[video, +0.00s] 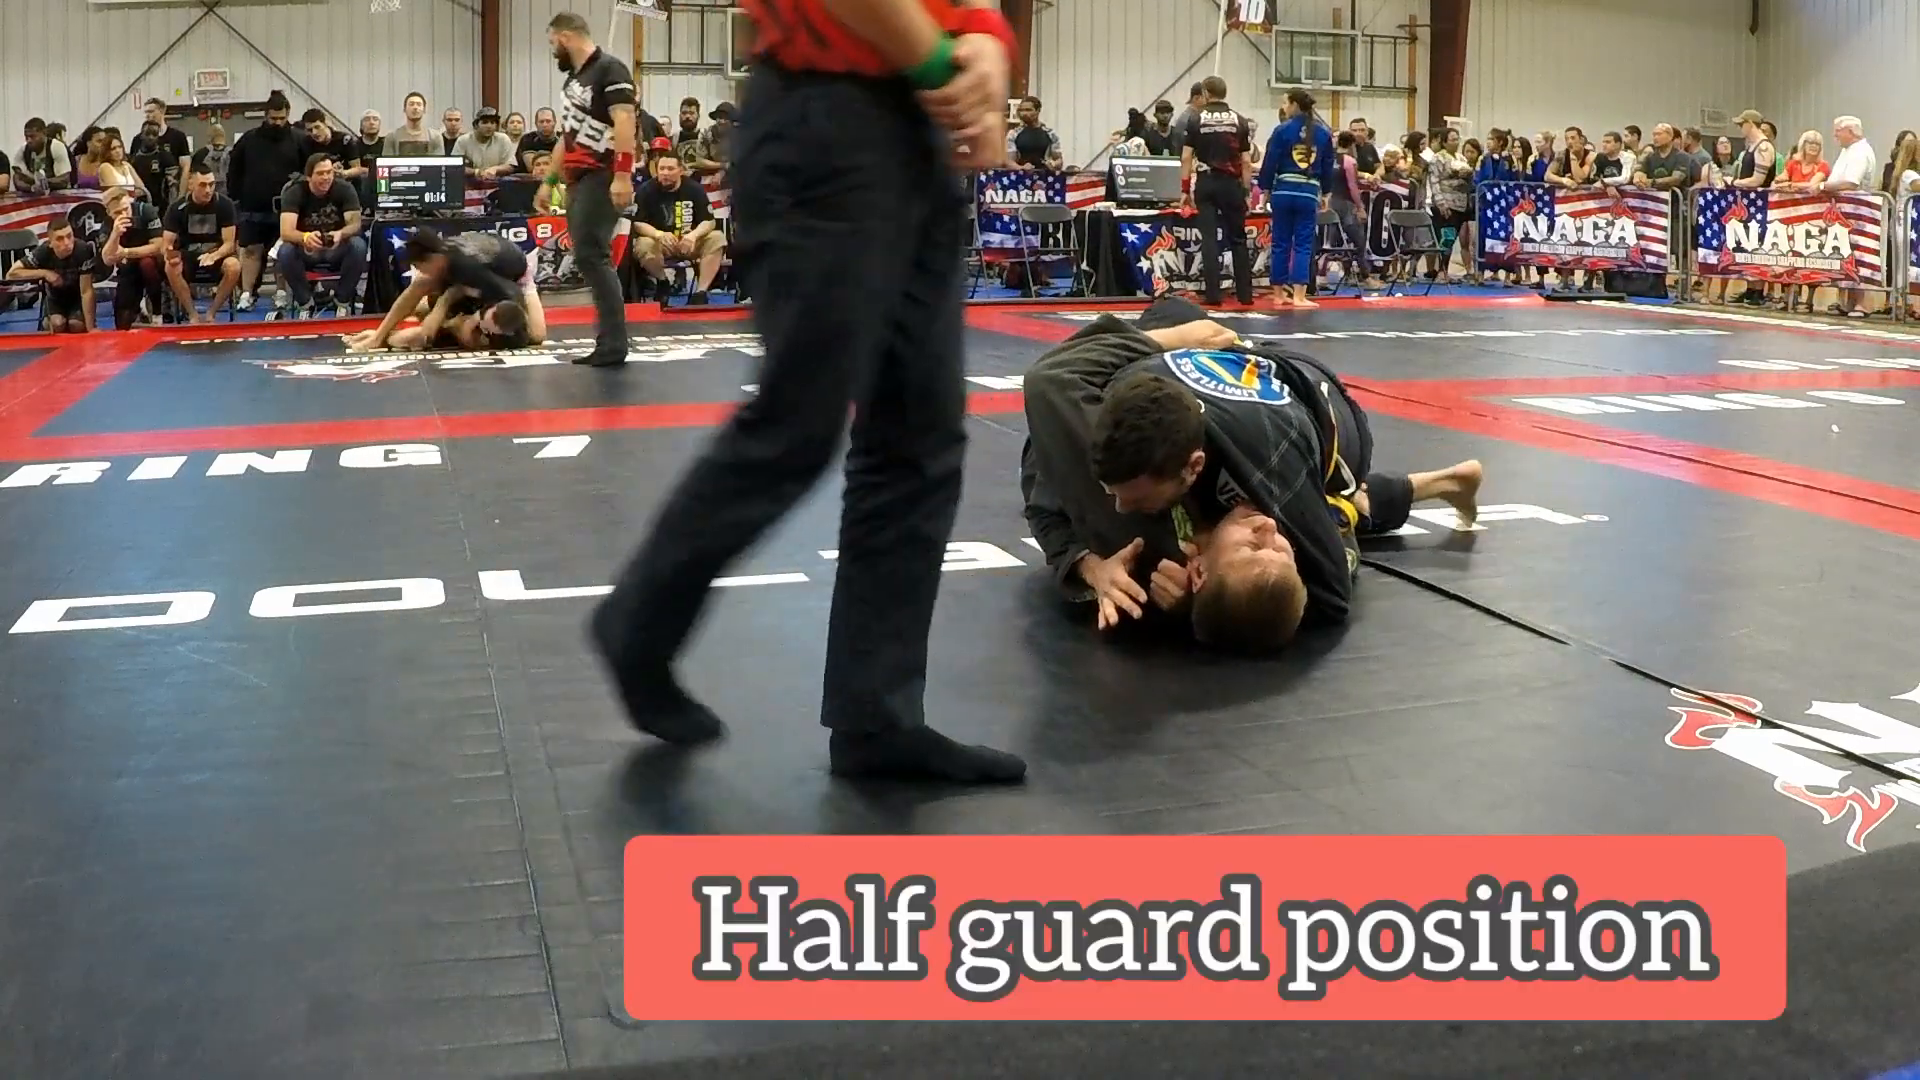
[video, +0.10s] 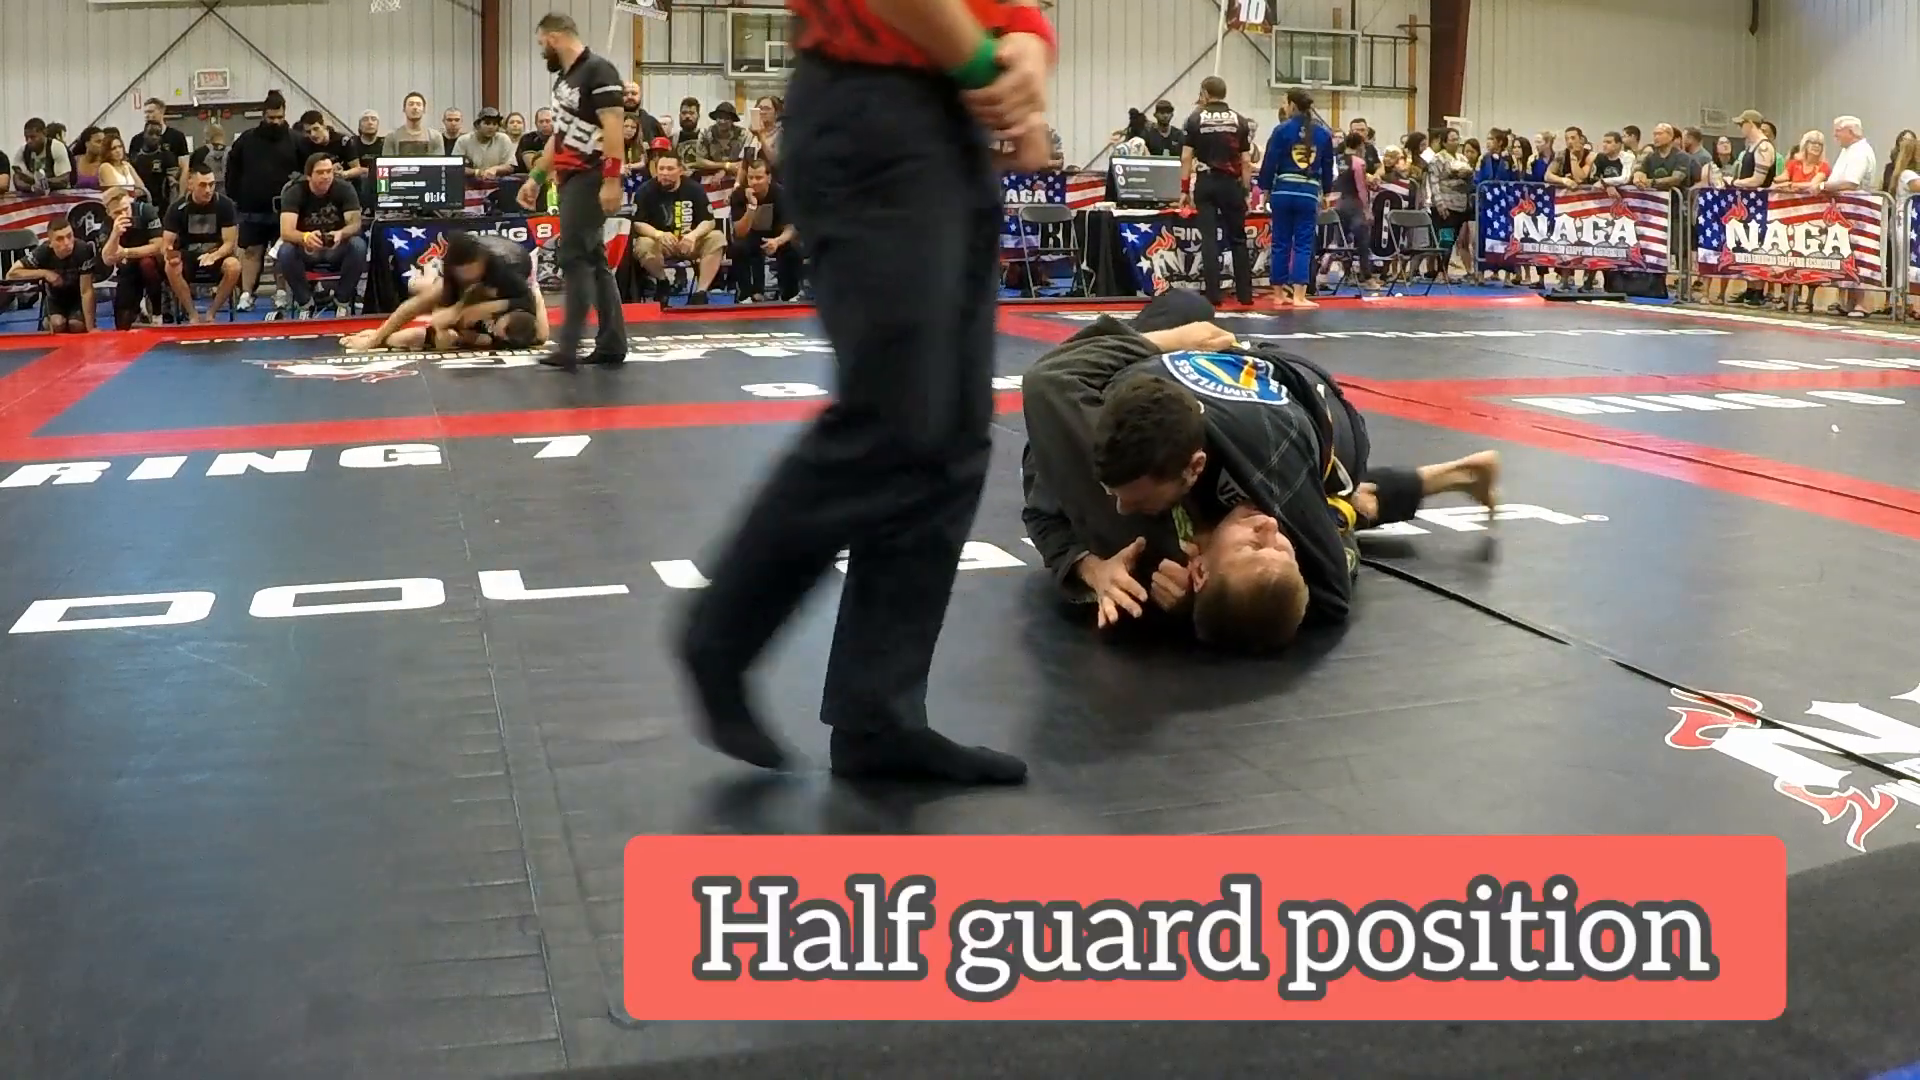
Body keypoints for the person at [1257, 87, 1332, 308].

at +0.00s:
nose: (1284, 107)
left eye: (1286, 103)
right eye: (1285, 103)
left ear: (1295, 106)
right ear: (1306, 106)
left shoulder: (1282, 130)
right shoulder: (1323, 132)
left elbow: (1270, 161)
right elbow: (1327, 166)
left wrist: (1265, 188)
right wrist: (1325, 192)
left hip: (1283, 190)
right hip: (1309, 193)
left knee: (1281, 242)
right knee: (1304, 243)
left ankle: (1278, 293)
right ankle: (1299, 295)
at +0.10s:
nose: (1285, 107)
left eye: (1286, 103)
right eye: (1286, 103)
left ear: (1292, 105)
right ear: (1307, 106)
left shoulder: (1281, 129)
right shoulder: (1323, 132)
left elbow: (1270, 161)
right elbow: (1327, 166)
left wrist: (1265, 188)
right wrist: (1326, 190)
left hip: (1282, 190)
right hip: (1309, 193)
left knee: (1281, 242)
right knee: (1304, 243)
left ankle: (1278, 293)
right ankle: (1299, 295)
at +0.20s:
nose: (1284, 107)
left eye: (1286, 103)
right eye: (1286, 103)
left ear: (1290, 105)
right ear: (1307, 105)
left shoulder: (1281, 129)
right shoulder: (1322, 132)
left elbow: (1269, 161)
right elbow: (1328, 165)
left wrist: (1265, 188)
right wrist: (1326, 191)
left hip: (1282, 191)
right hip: (1309, 194)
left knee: (1281, 242)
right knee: (1304, 243)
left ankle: (1278, 293)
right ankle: (1299, 296)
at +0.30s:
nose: (1285, 106)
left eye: (1286, 103)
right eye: (1286, 103)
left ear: (1291, 105)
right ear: (1308, 105)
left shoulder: (1281, 129)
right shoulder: (1323, 132)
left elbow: (1269, 160)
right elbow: (1328, 166)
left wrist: (1266, 187)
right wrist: (1326, 190)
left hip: (1282, 191)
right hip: (1309, 194)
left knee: (1280, 242)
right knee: (1303, 244)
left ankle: (1278, 293)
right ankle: (1299, 296)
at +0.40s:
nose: (1284, 106)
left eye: (1286, 102)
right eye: (1285, 102)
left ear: (1293, 105)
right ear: (1307, 106)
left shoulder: (1281, 129)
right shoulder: (1323, 132)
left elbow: (1269, 160)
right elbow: (1327, 165)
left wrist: (1265, 187)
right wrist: (1326, 190)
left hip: (1282, 190)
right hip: (1309, 193)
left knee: (1280, 242)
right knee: (1303, 243)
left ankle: (1278, 293)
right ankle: (1299, 295)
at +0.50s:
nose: (1283, 106)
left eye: (1286, 103)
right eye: (1285, 102)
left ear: (1295, 105)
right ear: (1307, 107)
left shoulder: (1282, 129)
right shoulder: (1323, 132)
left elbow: (1269, 160)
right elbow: (1327, 166)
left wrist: (1264, 186)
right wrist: (1325, 190)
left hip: (1283, 190)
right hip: (1309, 193)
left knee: (1281, 242)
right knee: (1303, 243)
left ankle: (1278, 293)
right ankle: (1299, 296)